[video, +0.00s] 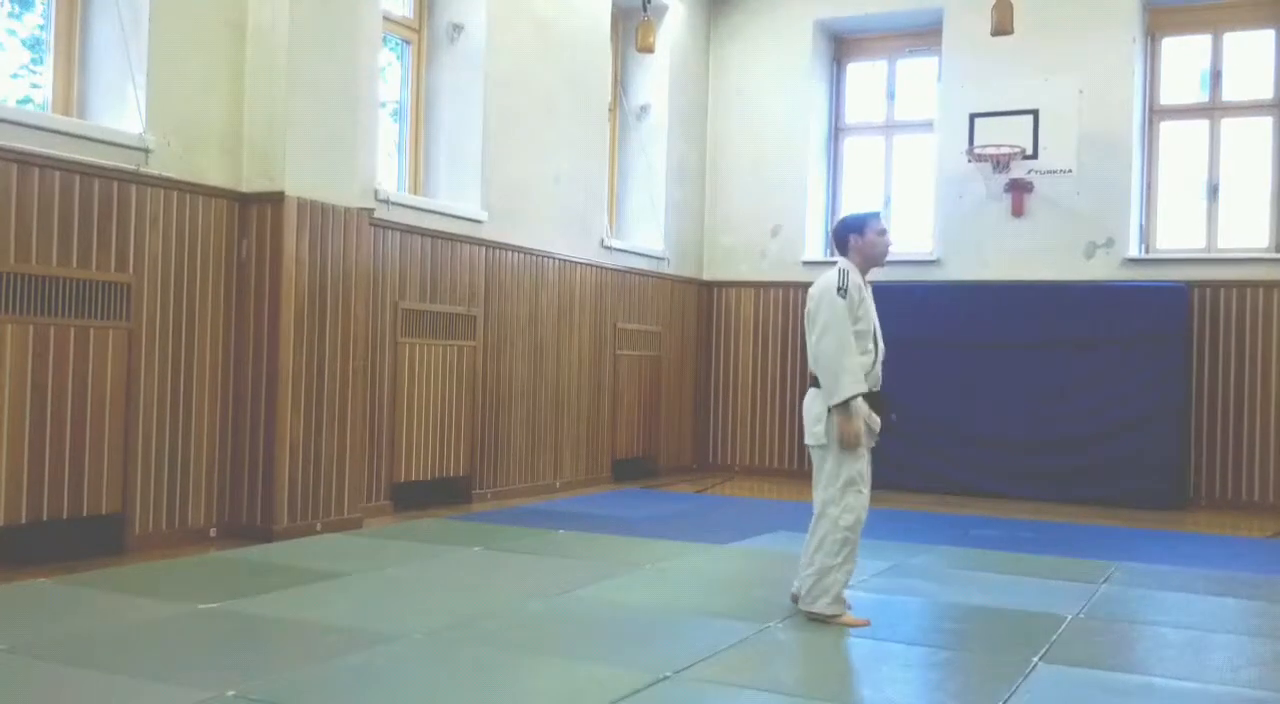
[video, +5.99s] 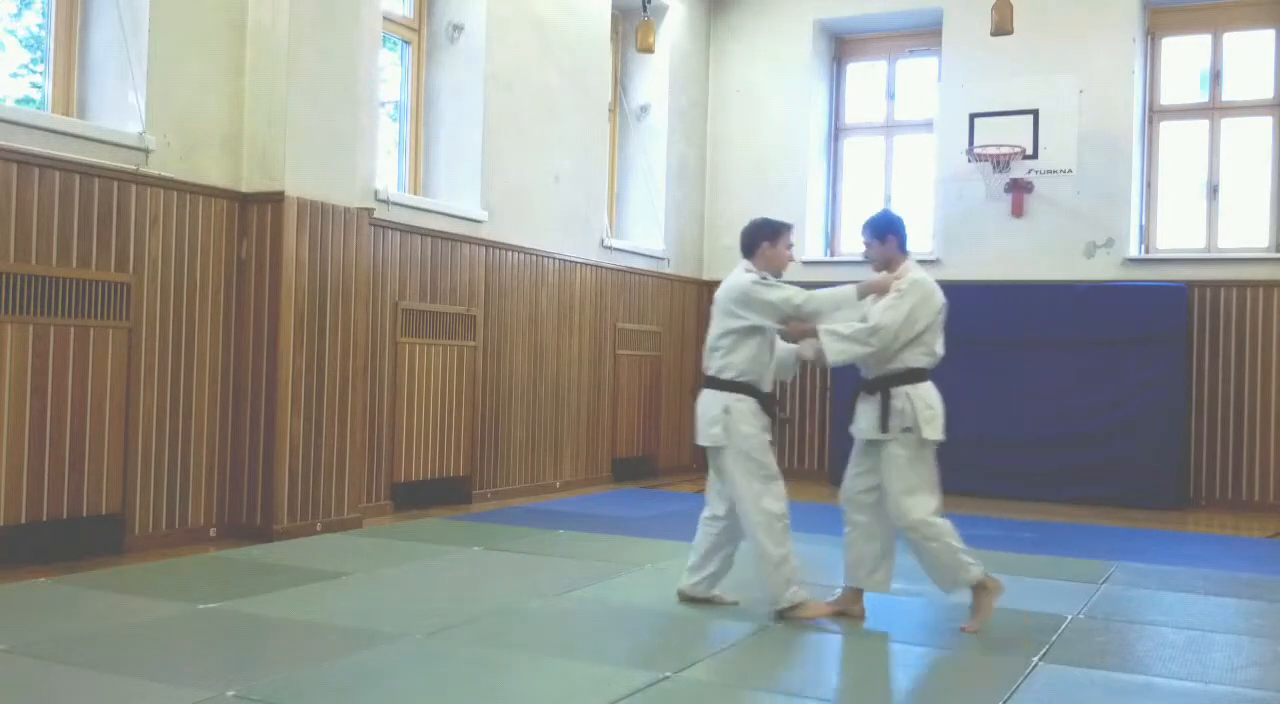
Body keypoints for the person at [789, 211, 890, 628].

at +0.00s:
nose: (888, 239)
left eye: (886, 232)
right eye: (881, 233)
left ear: (860, 241)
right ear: (855, 240)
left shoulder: (856, 284)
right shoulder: (836, 282)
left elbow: (855, 350)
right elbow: (831, 348)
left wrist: (866, 405)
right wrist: (845, 407)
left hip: (849, 403)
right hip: (837, 405)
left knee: (838, 501)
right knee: (846, 504)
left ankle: (812, 586)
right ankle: (822, 599)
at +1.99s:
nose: (893, 245)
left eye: (891, 238)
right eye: (887, 238)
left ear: (864, 240)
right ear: (865, 240)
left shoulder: (852, 282)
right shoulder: (843, 284)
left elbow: (859, 346)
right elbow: (853, 348)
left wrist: (875, 400)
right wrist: (871, 406)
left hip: (845, 403)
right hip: (839, 405)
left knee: (842, 504)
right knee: (840, 507)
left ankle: (825, 590)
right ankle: (816, 602)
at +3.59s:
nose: (888, 244)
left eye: (887, 236)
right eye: (882, 236)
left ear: (860, 240)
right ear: (861, 240)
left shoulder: (855, 283)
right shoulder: (838, 283)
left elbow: (874, 336)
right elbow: (858, 342)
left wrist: (914, 366)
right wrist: (915, 369)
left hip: (851, 406)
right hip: (837, 407)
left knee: (845, 506)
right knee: (836, 508)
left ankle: (826, 592)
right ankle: (815, 602)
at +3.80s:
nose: (886, 245)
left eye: (885, 237)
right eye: (880, 237)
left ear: (853, 242)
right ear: (855, 241)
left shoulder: (840, 280)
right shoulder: (840, 281)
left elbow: (847, 347)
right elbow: (891, 319)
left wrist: (891, 363)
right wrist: (951, 316)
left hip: (840, 403)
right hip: (839, 407)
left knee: (839, 505)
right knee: (839, 508)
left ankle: (824, 594)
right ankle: (816, 603)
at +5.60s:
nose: (847, 247)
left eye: (846, 239)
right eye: (844, 239)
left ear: (810, 239)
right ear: (825, 239)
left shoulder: (779, 279)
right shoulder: (813, 283)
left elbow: (818, 330)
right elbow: (879, 303)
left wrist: (859, 333)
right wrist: (943, 285)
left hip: (780, 401)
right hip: (804, 408)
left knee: (791, 498)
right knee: (819, 506)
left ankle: (769, 573)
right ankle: (813, 604)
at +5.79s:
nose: (816, 251)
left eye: (816, 243)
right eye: (813, 242)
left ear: (785, 243)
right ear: (793, 242)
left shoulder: (759, 281)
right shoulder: (782, 285)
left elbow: (793, 336)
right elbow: (846, 306)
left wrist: (834, 341)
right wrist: (910, 288)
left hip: (761, 404)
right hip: (781, 408)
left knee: (769, 497)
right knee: (806, 504)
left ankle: (712, 563)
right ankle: (811, 604)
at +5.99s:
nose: (792, 256)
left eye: (791, 248)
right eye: (787, 247)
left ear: (763, 250)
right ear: (764, 248)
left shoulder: (748, 286)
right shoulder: (744, 285)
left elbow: (764, 355)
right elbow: (801, 304)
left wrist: (807, 346)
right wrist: (865, 289)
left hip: (731, 404)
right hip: (733, 407)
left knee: (724, 503)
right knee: (766, 501)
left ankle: (697, 585)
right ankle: (789, 599)